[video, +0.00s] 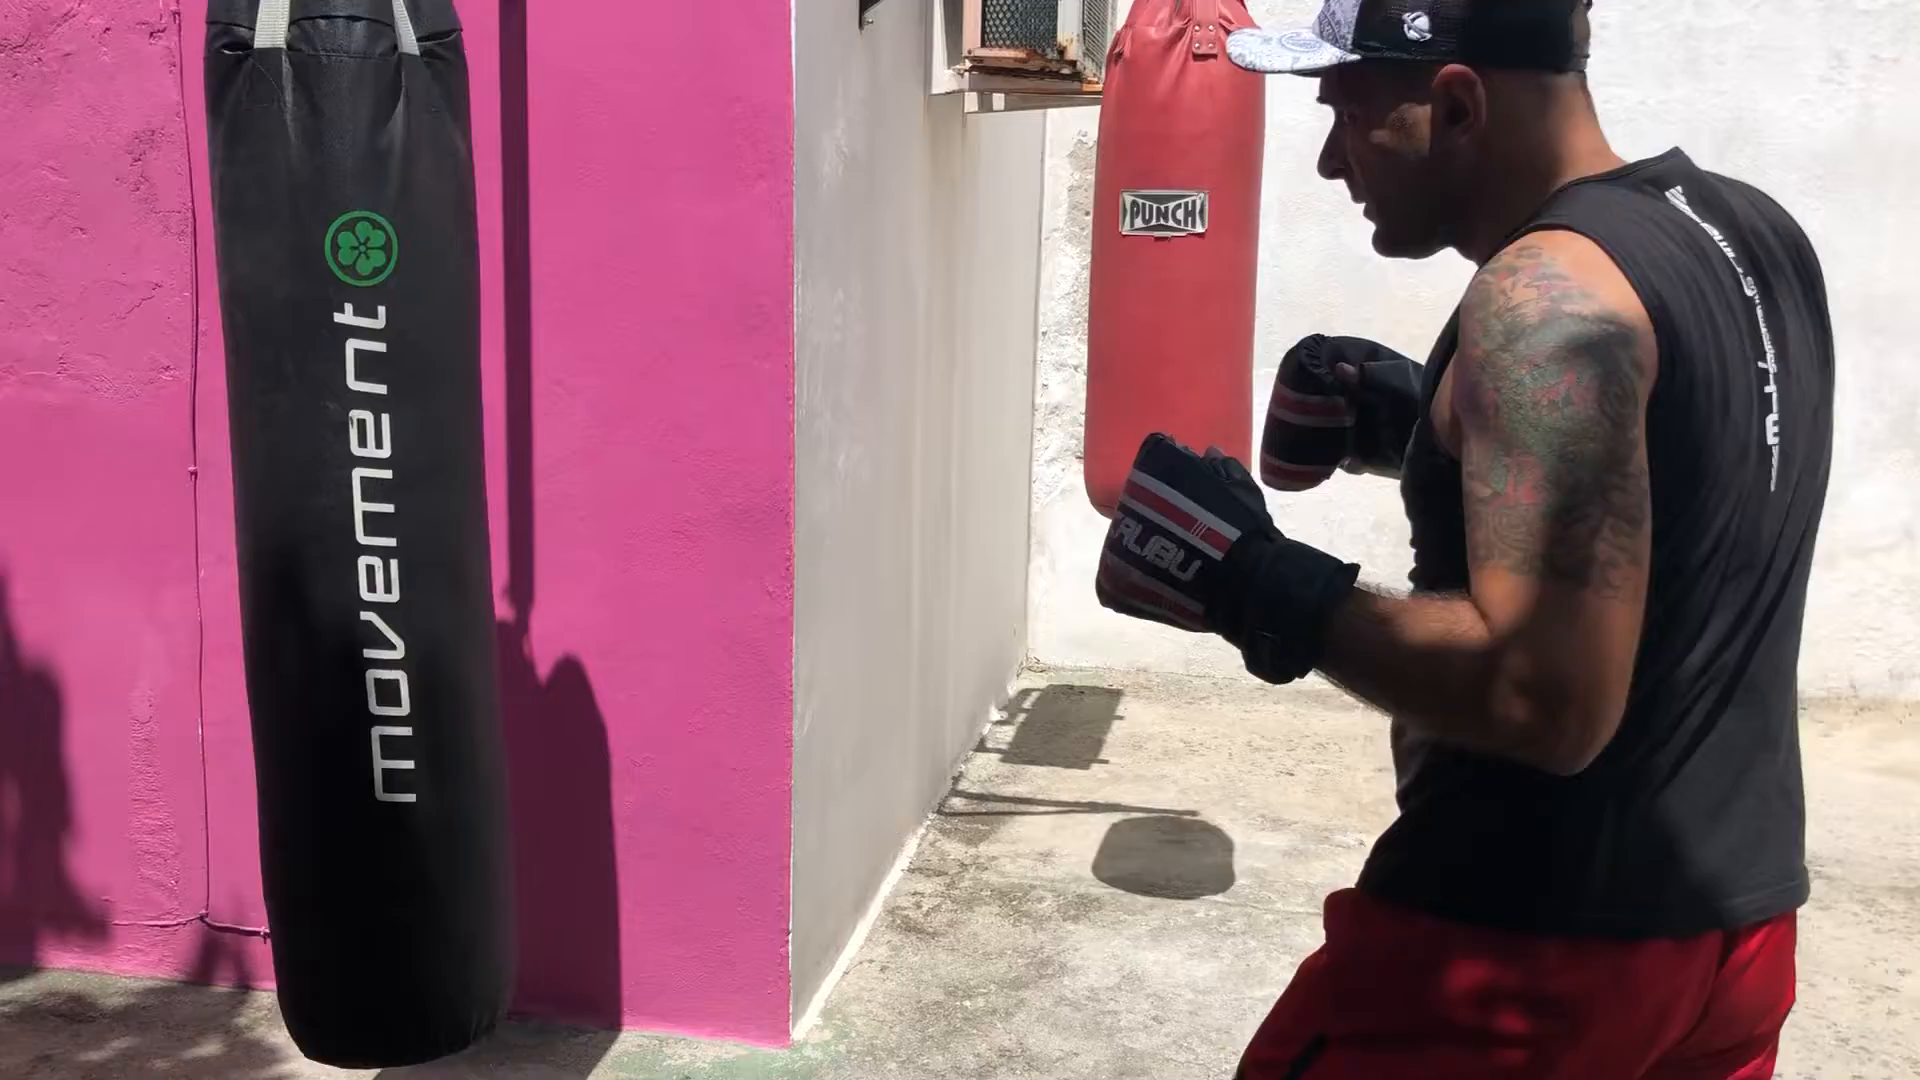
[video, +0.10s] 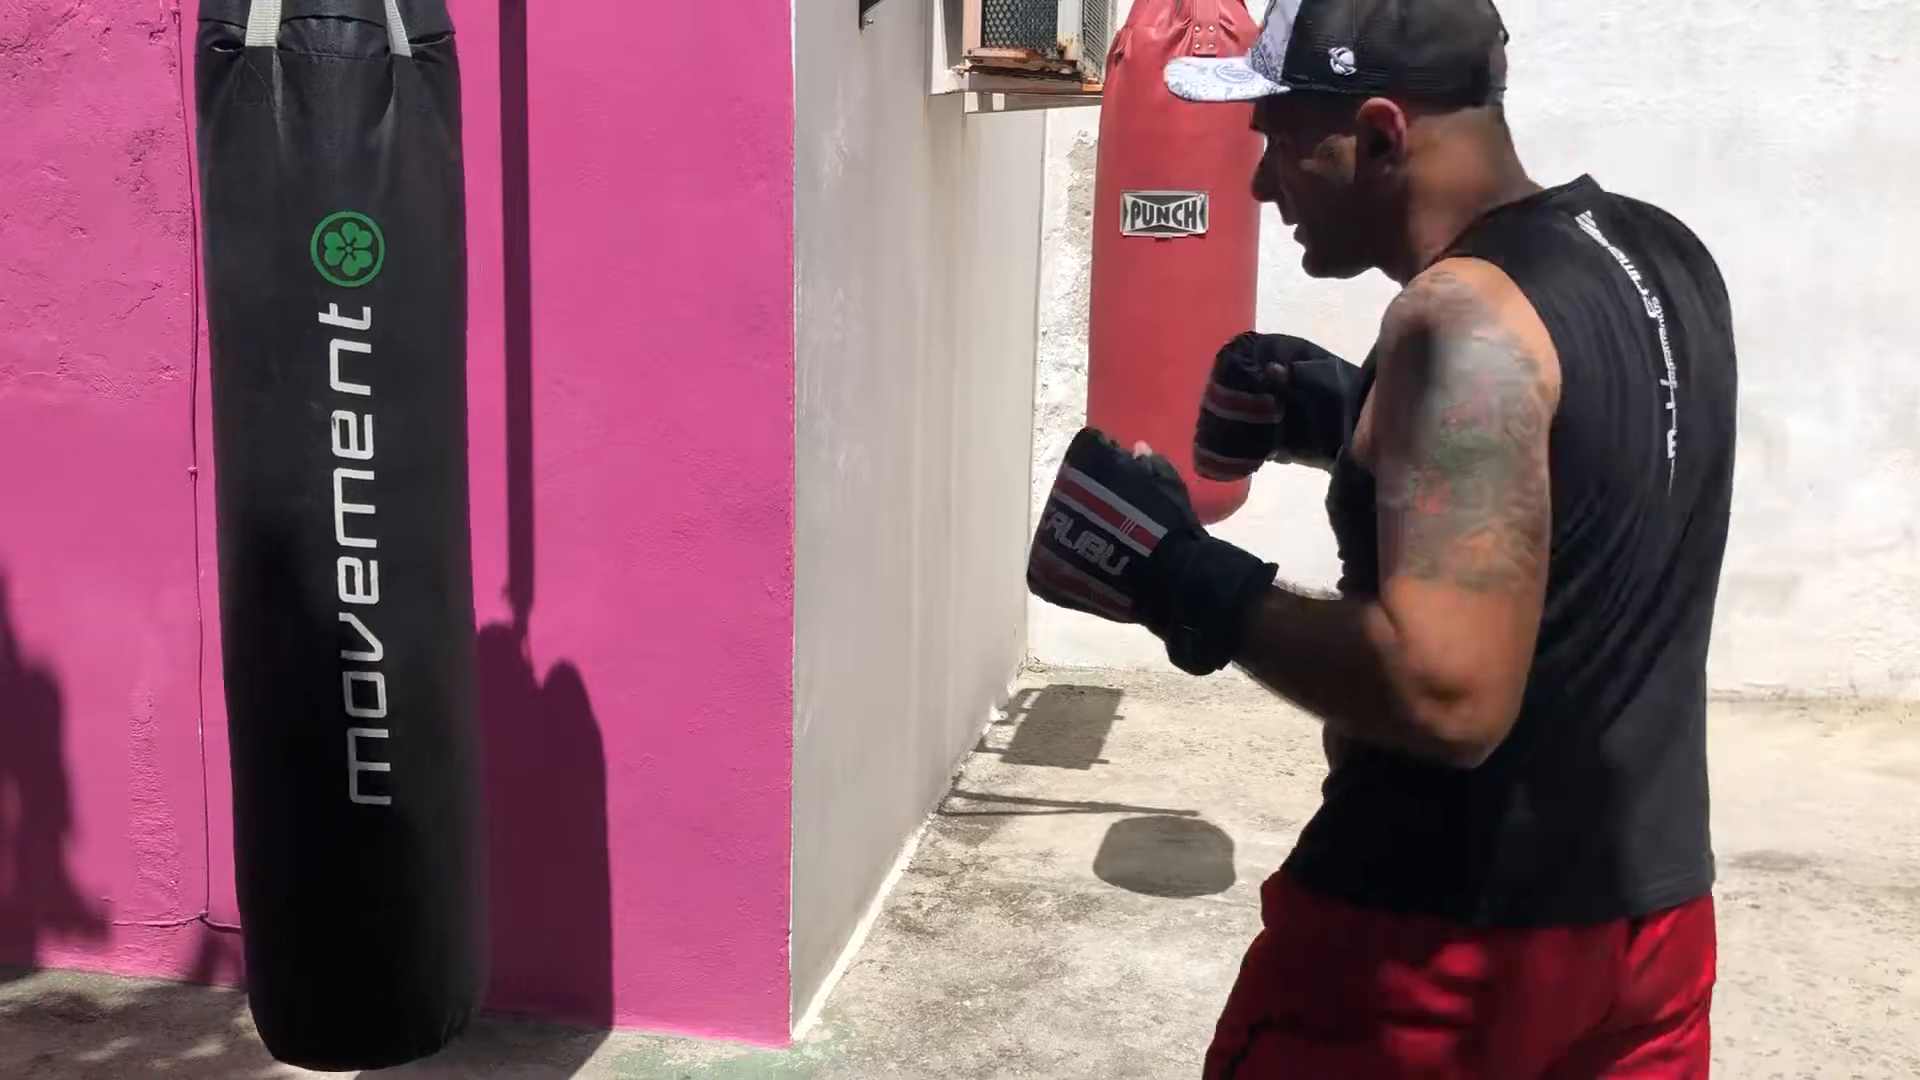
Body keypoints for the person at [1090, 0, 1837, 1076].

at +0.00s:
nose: (1328, 158)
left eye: (1353, 117)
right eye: (1332, 117)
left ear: (1460, 103)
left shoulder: (1549, 294)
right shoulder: (1757, 233)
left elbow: (1547, 698)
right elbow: (1672, 493)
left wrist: (1260, 587)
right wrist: (1424, 418)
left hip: (1513, 958)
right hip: (1735, 932)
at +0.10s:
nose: (1265, 180)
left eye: (1285, 141)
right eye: (1269, 142)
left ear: (1383, 132)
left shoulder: (1466, 319)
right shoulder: (1663, 256)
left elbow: (1446, 689)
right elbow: (1583, 497)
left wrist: (1182, 581)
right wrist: (1359, 419)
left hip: (1430, 943)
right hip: (1650, 919)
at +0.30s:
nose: (1046, 208)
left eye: (1050, 176)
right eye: (1040, 175)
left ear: (1116, 172)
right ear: (1224, 128)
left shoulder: (1159, 326)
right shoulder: (1403, 260)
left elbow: (1113, 637)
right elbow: (1320, 431)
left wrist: (936, 529)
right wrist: (1134, 366)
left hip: (1173, 802)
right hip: (1362, 777)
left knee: (1076, 1058)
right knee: (1286, 1037)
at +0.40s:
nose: (982, 204)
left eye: (985, 173)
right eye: (976, 173)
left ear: (1043, 168)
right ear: (1144, 121)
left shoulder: (1086, 304)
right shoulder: (1316, 245)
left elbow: (1009, 594)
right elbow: (1246, 427)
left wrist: (873, 472)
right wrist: (1069, 357)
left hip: (1106, 767)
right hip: (1275, 743)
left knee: (1044, 1051)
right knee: (1194, 992)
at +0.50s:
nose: (944, 219)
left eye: (945, 193)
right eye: (936, 192)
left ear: (998, 187)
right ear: (1094, 140)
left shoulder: (1041, 312)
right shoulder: (1247, 263)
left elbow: (941, 573)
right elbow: (1161, 408)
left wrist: (830, 431)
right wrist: (1004, 330)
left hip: (1049, 758)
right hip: (1206, 742)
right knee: (1119, 992)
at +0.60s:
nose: (892, 259)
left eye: (899, 236)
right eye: (888, 235)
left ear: (960, 240)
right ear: (1047, 197)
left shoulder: (1021, 363)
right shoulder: (1165, 300)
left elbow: (912, 600)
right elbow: (1079, 459)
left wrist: (793, 435)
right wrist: (928, 349)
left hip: (998, 772)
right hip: (1130, 754)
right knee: (1053, 971)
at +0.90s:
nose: (628, 257)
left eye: (629, 243)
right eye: (624, 240)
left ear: (675, 257)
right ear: (774, 207)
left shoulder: (703, 398)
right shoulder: (915, 313)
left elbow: (651, 618)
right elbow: (1021, 509)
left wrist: (503, 523)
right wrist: (995, 623)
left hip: (764, 757)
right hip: (922, 716)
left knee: (550, 963)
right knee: (996, 946)